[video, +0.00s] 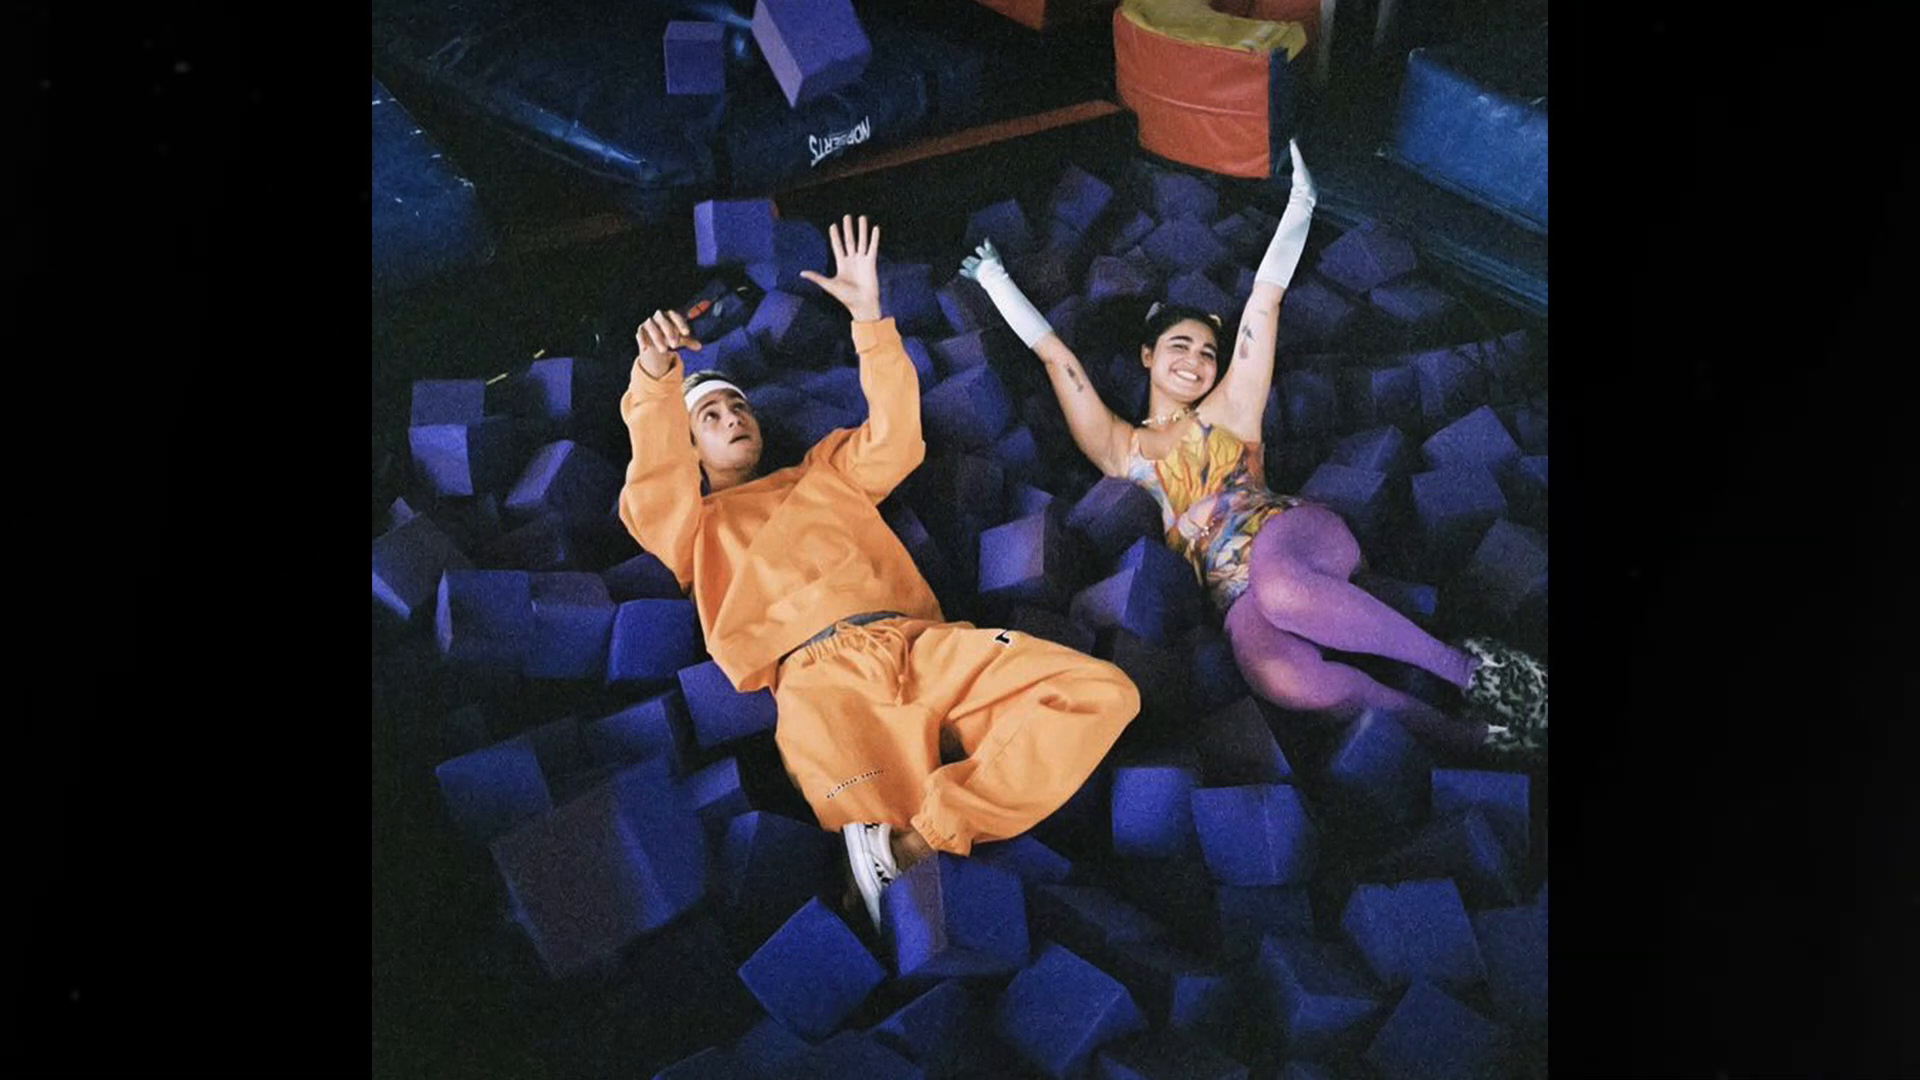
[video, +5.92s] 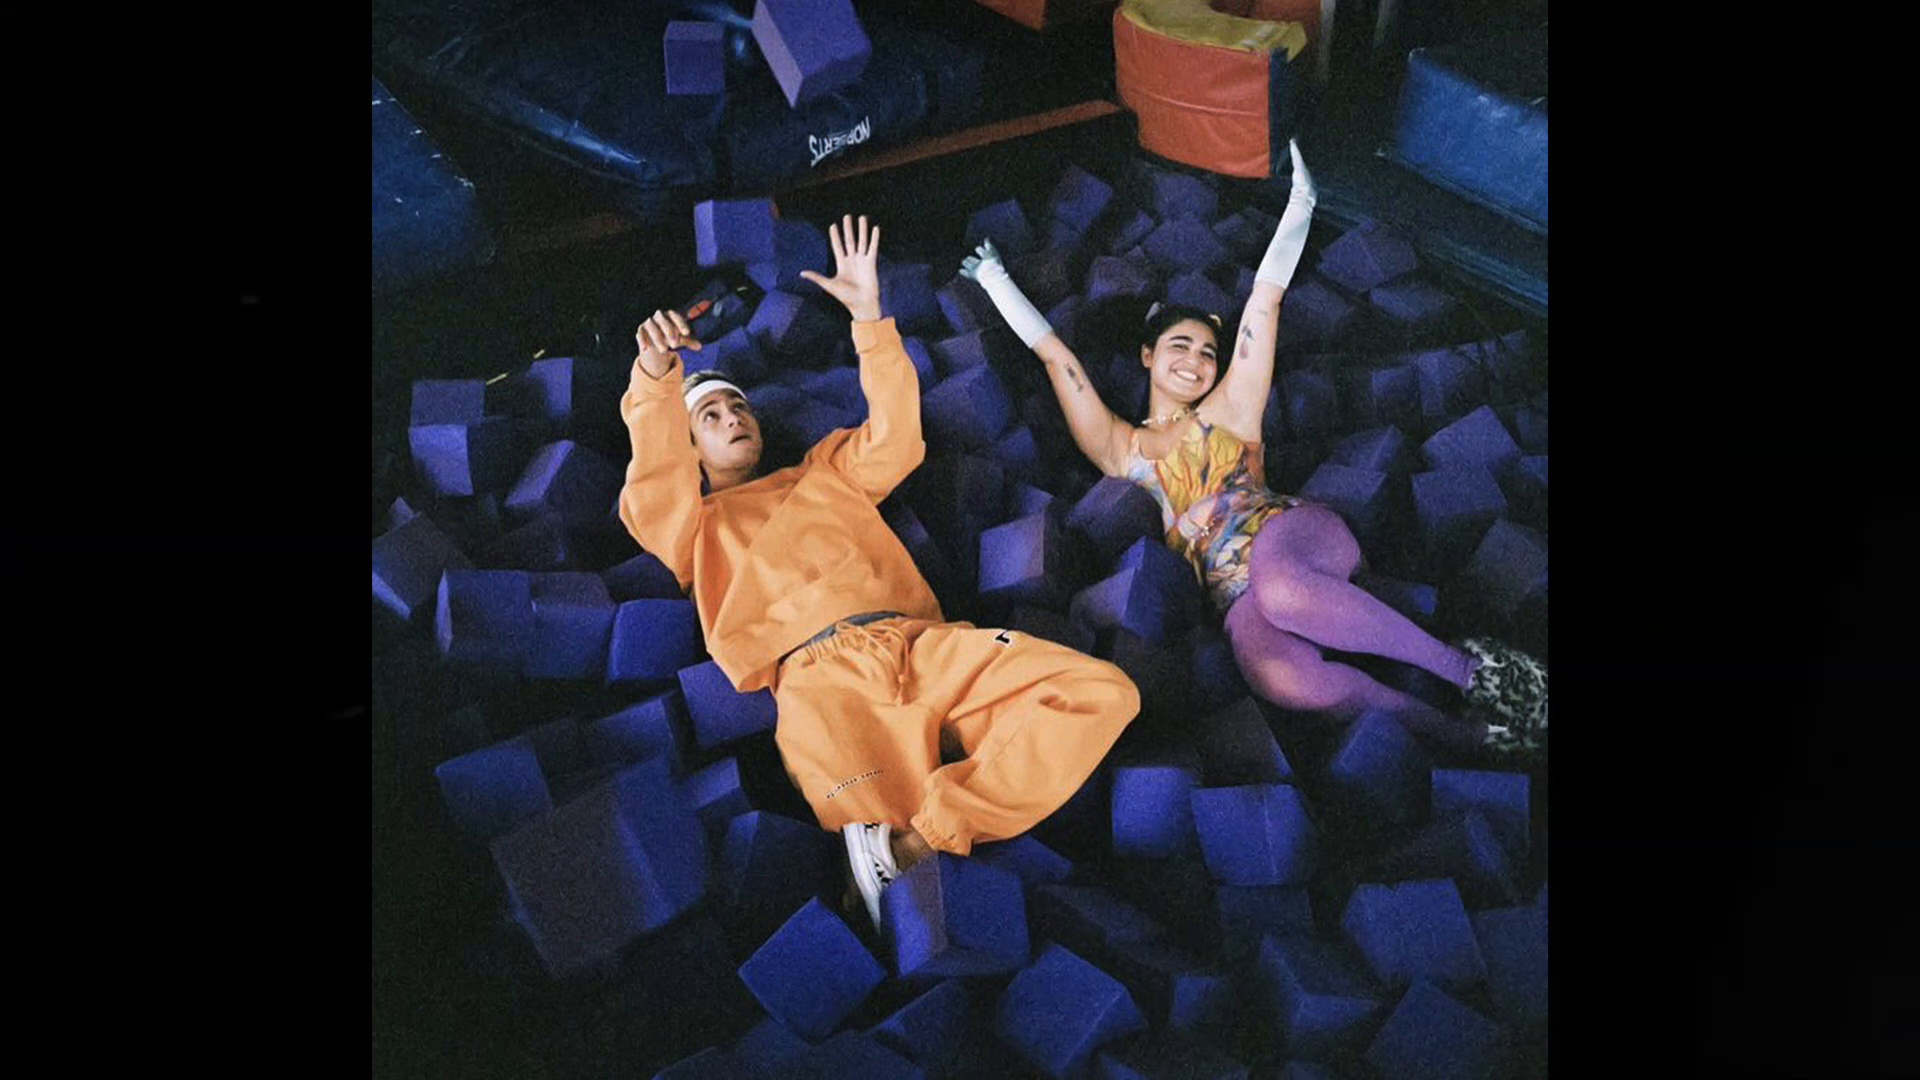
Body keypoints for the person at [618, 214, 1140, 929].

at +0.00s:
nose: (730, 418)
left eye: (738, 407)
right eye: (709, 415)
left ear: (761, 426)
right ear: (688, 448)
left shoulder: (827, 468)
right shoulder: (695, 525)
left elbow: (895, 435)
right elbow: (654, 477)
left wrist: (868, 317)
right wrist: (655, 373)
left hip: (918, 640)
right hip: (819, 673)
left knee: (1094, 692)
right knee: (880, 827)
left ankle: (917, 841)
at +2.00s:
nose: (731, 418)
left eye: (738, 407)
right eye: (709, 415)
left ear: (760, 425)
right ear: (688, 449)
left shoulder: (827, 468)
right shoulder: (696, 525)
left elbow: (895, 436)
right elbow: (655, 477)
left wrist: (868, 317)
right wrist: (655, 373)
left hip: (918, 641)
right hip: (820, 673)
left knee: (1094, 692)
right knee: (883, 832)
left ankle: (916, 841)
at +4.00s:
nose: (731, 418)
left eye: (738, 406)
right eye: (709, 415)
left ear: (759, 424)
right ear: (687, 448)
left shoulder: (827, 468)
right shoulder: (695, 524)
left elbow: (895, 436)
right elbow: (654, 476)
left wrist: (868, 317)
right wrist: (655, 372)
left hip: (918, 640)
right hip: (820, 672)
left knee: (1094, 692)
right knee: (880, 828)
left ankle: (918, 840)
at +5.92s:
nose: (731, 418)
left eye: (738, 407)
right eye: (709, 415)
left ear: (760, 425)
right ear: (688, 449)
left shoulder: (827, 468)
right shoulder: (696, 525)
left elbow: (895, 436)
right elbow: (655, 477)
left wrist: (868, 317)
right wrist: (655, 373)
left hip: (917, 641)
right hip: (820, 673)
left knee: (1094, 692)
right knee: (883, 831)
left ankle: (917, 841)